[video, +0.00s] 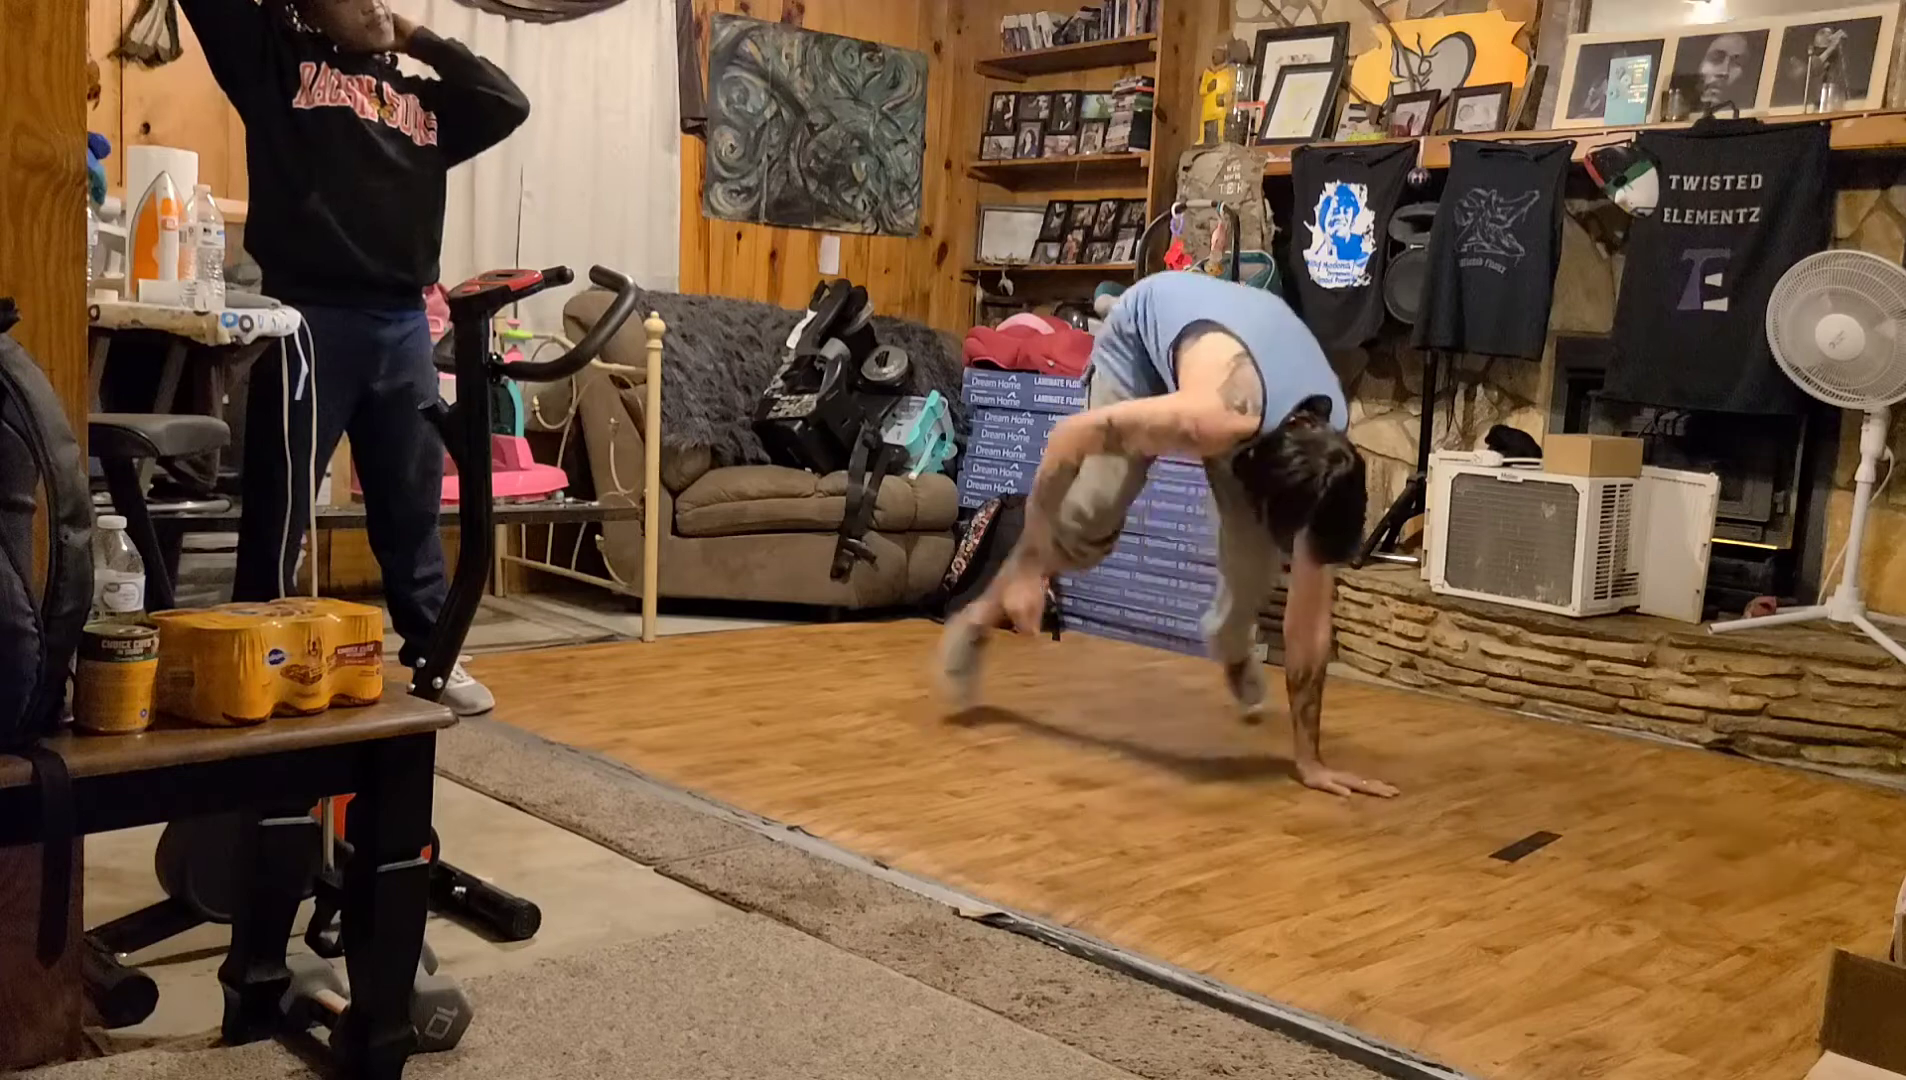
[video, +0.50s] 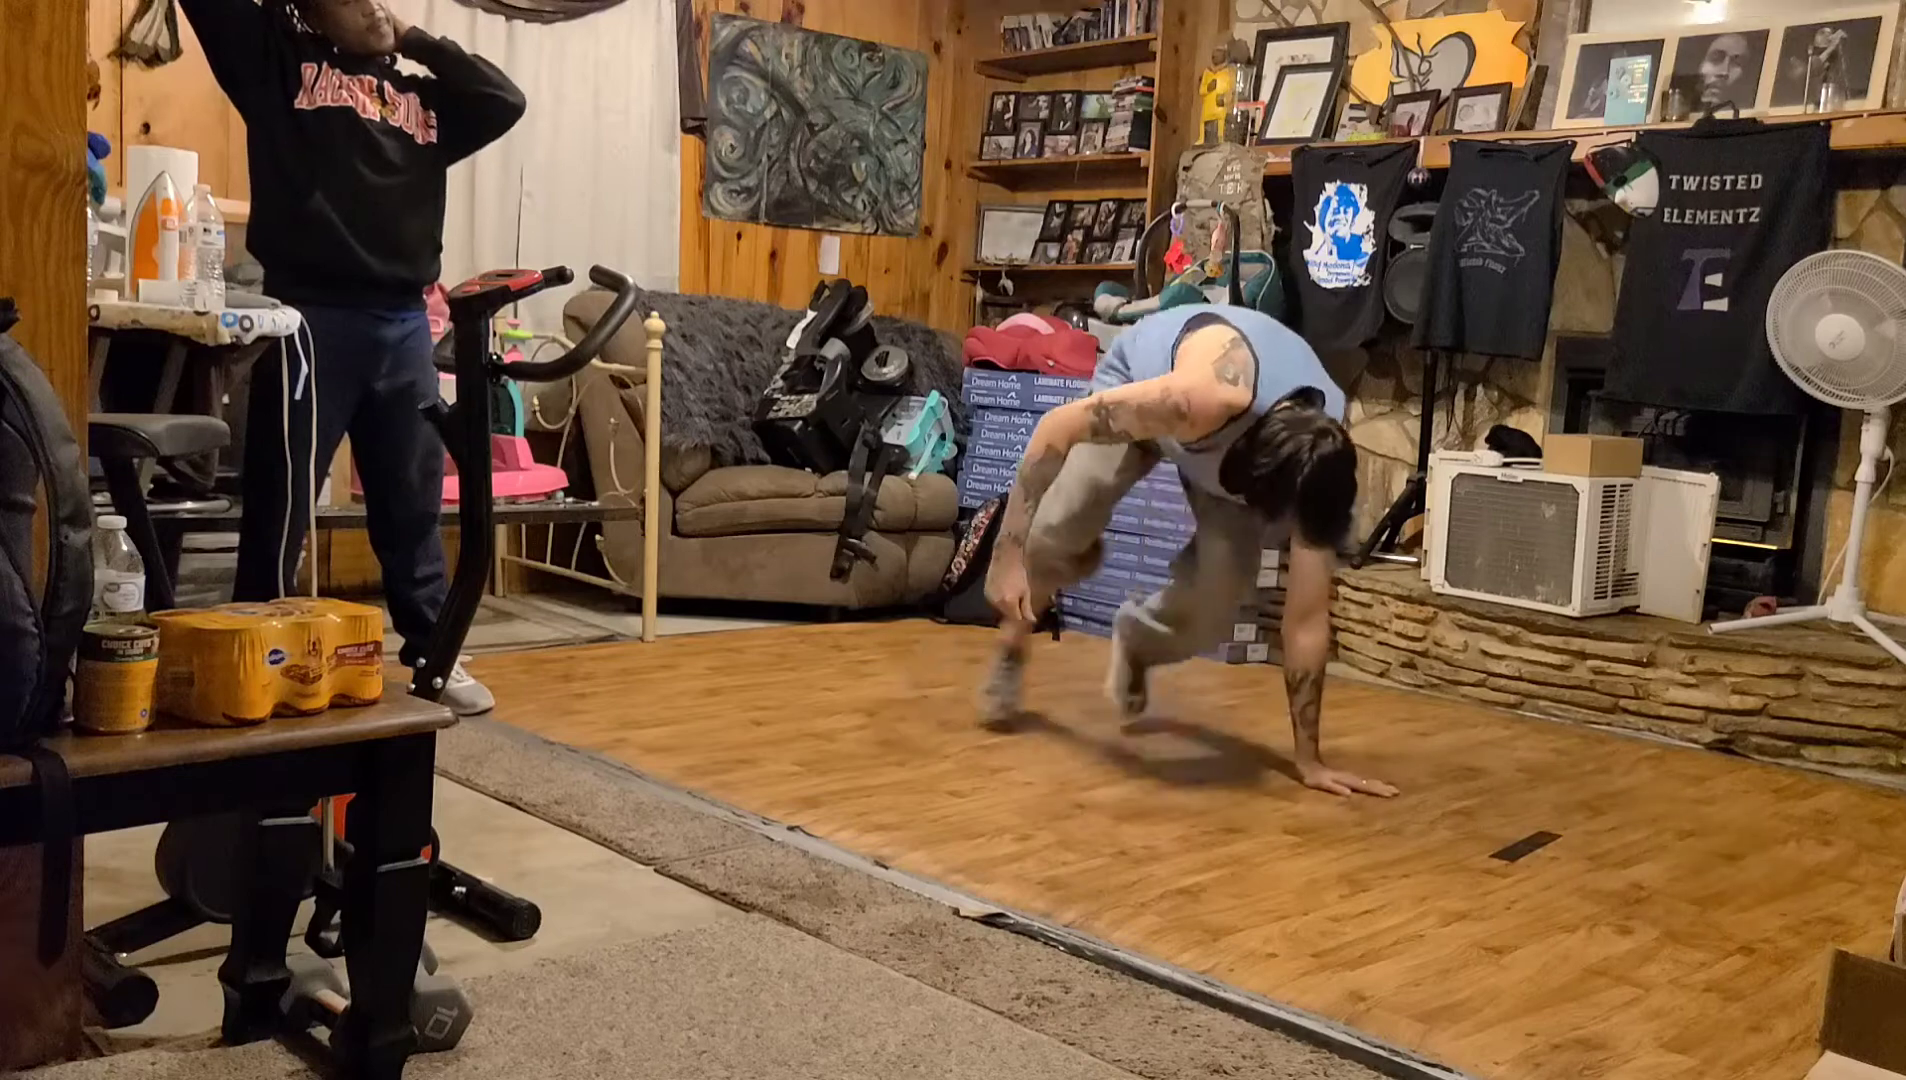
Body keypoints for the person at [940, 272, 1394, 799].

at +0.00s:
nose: (1292, 547)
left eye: (1305, 543)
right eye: (1291, 536)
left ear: (1333, 490)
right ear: (1267, 490)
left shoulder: (1327, 479)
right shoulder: (1210, 423)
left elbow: (1310, 622)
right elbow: (1069, 435)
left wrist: (1309, 759)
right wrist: (1032, 562)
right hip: (1144, 331)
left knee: (1256, 566)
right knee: (1090, 515)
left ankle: (1232, 646)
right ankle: (976, 621)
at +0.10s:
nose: (1308, 550)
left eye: (1320, 544)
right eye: (1309, 541)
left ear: (1347, 485)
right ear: (1278, 492)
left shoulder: (1328, 473)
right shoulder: (1206, 425)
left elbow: (1308, 621)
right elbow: (1071, 422)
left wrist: (1311, 761)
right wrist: (1004, 525)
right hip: (1140, 352)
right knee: (1058, 539)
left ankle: (1276, 658)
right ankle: (907, 639)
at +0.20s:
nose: (1300, 536)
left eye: (1316, 530)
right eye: (1298, 524)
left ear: (1345, 479)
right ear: (1282, 489)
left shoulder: (1328, 458)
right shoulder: (1194, 423)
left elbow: (1311, 617)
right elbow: (1068, 440)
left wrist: (1311, 761)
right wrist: (994, 555)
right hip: (1118, 429)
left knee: (1280, 598)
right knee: (1033, 570)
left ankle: (1283, 674)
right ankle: (897, 655)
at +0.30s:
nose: (1303, 543)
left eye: (1316, 534)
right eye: (1299, 528)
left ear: (1343, 484)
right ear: (1275, 492)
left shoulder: (1329, 471)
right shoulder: (1207, 414)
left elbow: (1313, 620)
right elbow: (1072, 432)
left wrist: (1310, 762)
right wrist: (1015, 553)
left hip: (1220, 469)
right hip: (1124, 420)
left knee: (1244, 635)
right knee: (1038, 561)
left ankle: (1267, 671)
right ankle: (897, 653)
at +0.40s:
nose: (1289, 532)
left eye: (1299, 524)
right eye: (1285, 519)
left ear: (1327, 481)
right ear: (1268, 483)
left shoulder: (1324, 473)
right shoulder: (1201, 405)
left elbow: (1310, 622)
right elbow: (1062, 424)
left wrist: (1311, 759)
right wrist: (1010, 547)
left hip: (1228, 439)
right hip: (1138, 377)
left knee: (1229, 609)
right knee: (1059, 520)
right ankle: (945, 642)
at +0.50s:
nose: (1289, 527)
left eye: (1301, 520)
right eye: (1287, 516)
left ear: (1325, 482)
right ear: (1261, 475)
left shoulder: (1322, 469)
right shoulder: (1196, 401)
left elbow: (1307, 618)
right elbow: (1057, 428)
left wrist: (1310, 759)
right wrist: (1008, 552)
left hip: (1231, 446)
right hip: (1140, 388)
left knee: (1215, 606)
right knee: (1057, 530)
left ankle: (1136, 638)